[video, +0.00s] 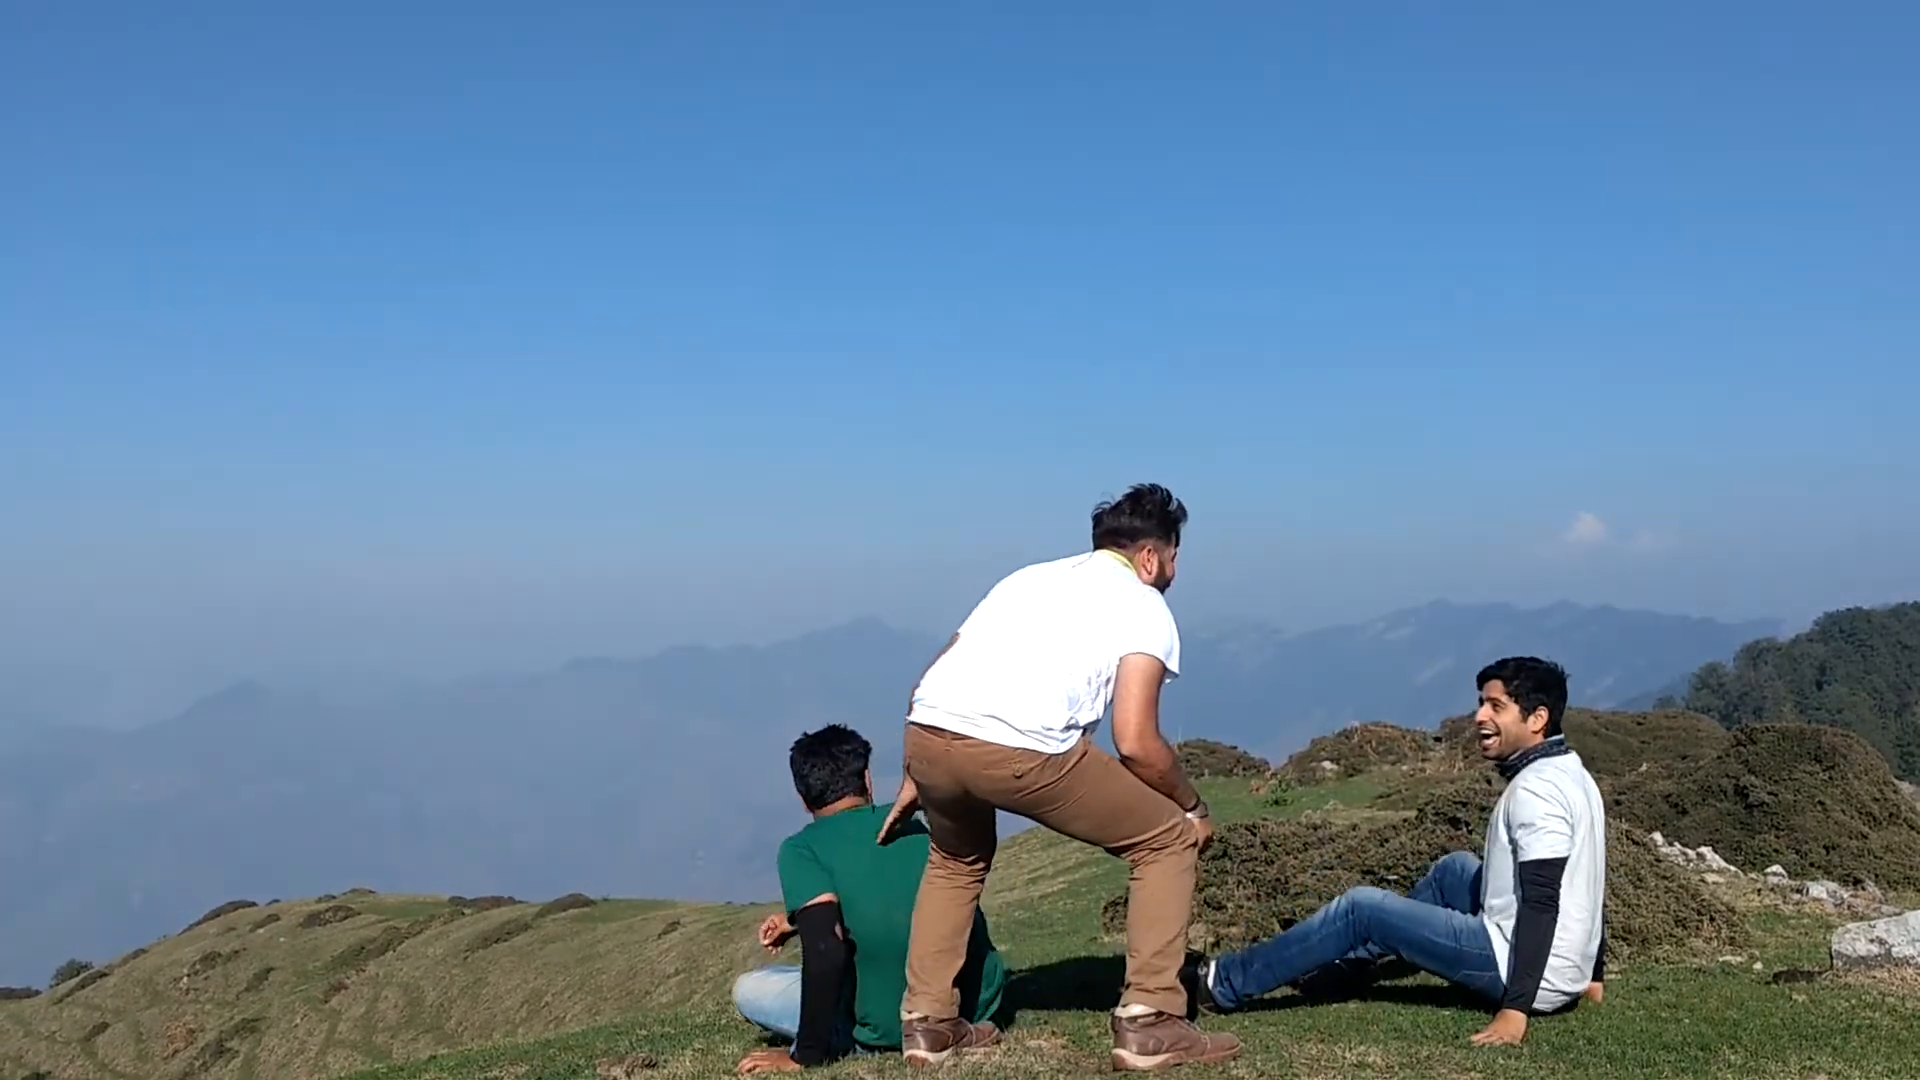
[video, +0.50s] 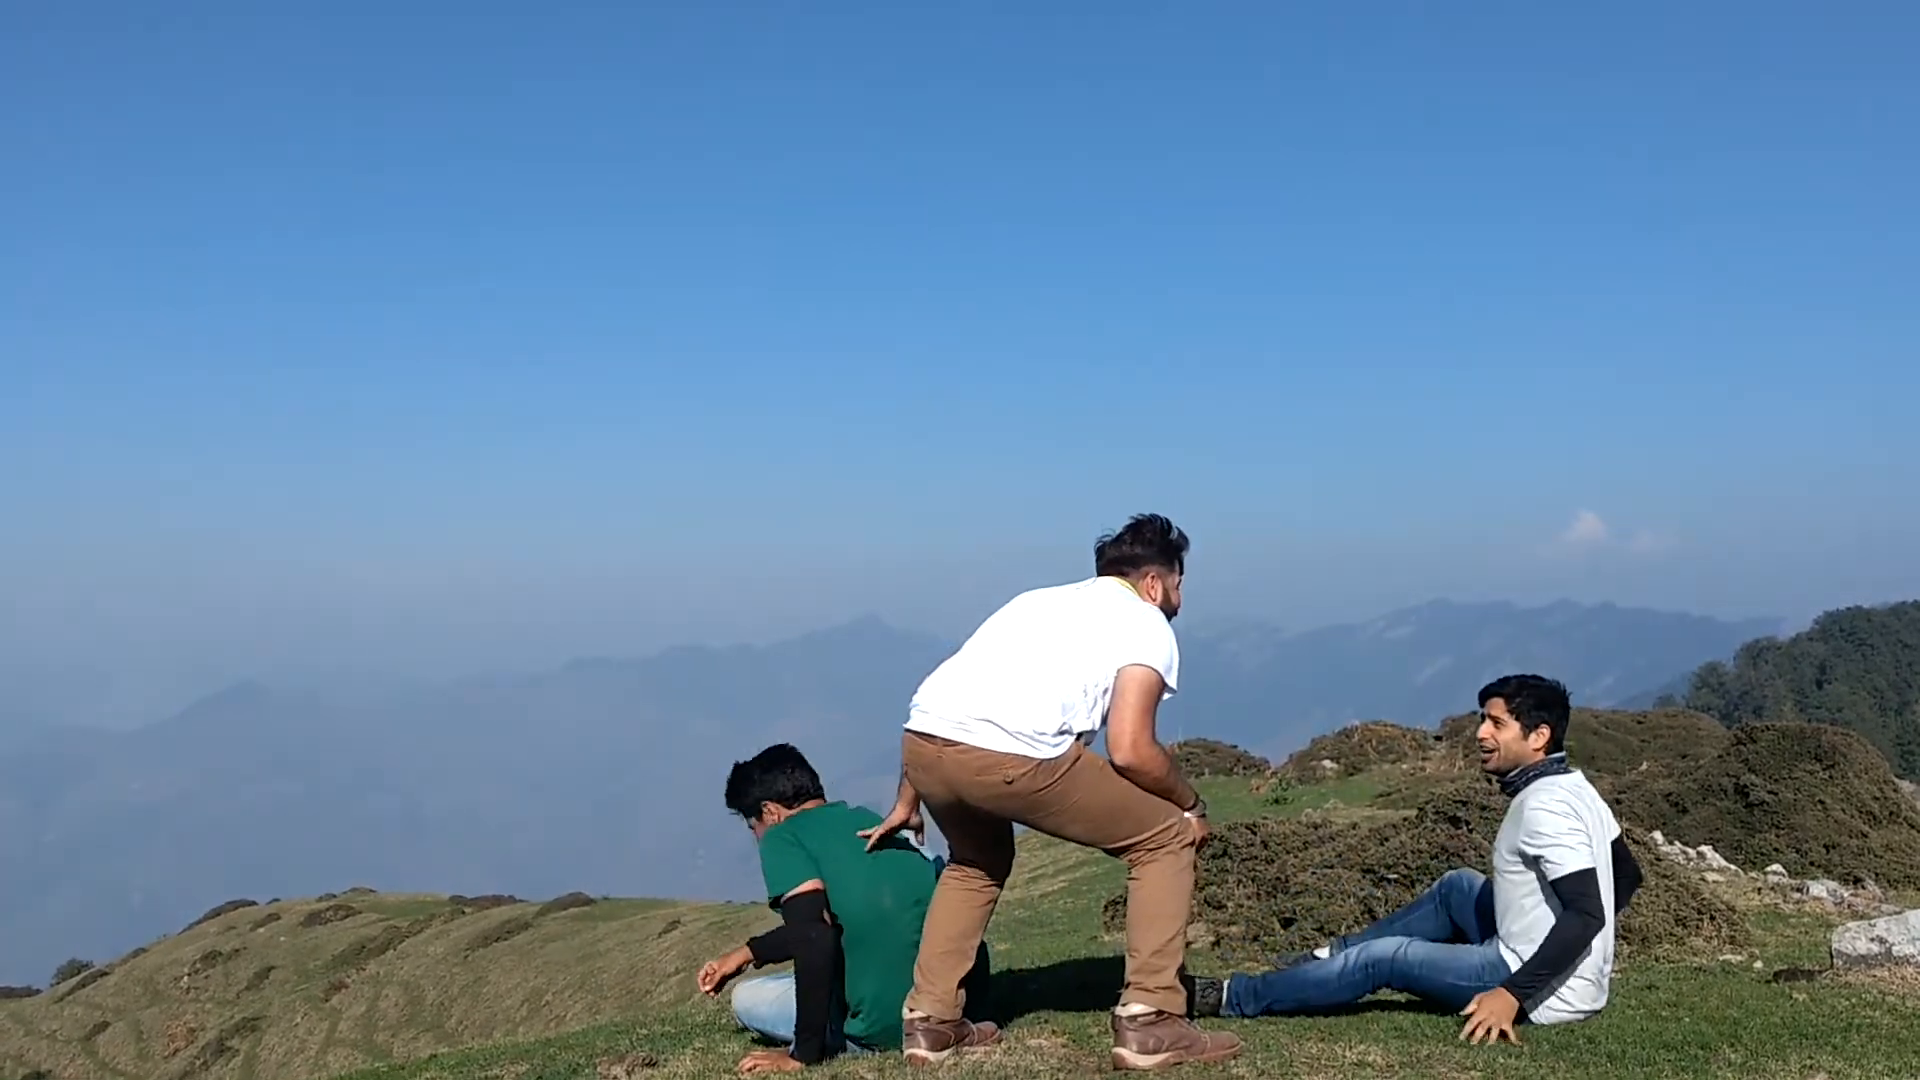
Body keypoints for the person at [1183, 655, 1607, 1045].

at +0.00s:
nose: (1480, 718)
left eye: (1495, 706)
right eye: (1481, 705)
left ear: (1539, 718)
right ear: (1537, 720)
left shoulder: (1534, 792)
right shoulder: (1572, 775)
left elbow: (1540, 904)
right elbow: (1591, 883)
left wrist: (1513, 1013)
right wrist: (1592, 976)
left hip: (1516, 971)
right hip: (1555, 966)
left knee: (1360, 907)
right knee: (1457, 868)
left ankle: (1218, 983)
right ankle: (1349, 966)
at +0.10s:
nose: (1481, 721)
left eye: (1495, 709)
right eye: (1481, 708)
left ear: (1539, 722)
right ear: (1536, 723)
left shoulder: (1535, 793)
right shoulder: (1569, 776)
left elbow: (1543, 906)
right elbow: (1585, 883)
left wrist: (1515, 1012)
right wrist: (1587, 970)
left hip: (1523, 974)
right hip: (1557, 964)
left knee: (1365, 921)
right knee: (1458, 876)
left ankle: (1219, 983)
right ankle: (1357, 965)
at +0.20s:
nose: (1482, 725)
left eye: (1496, 714)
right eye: (1483, 713)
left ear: (1540, 728)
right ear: (1537, 730)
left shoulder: (1542, 797)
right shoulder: (1559, 778)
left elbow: (1553, 909)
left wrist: (1517, 1010)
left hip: (1540, 983)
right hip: (1563, 964)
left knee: (1377, 944)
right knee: (1458, 887)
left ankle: (1216, 991)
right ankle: (1373, 960)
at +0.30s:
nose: (1483, 727)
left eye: (1497, 716)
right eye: (1483, 715)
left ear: (1541, 729)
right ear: (1539, 731)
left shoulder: (1549, 798)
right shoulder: (1554, 780)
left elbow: (1566, 909)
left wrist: (1519, 1008)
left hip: (1545, 981)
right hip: (1553, 951)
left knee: (1386, 954)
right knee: (1462, 889)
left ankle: (1226, 997)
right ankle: (1344, 959)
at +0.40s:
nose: (1482, 734)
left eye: (1496, 723)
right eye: (1483, 722)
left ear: (1541, 737)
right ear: (1538, 740)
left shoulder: (1546, 807)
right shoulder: (1563, 787)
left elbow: (1578, 919)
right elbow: (1618, 878)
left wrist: (1521, 1009)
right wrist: (1593, 948)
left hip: (1538, 984)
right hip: (1549, 956)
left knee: (1386, 962)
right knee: (1458, 891)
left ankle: (1229, 1001)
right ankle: (1340, 960)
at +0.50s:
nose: (1481, 735)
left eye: (1496, 724)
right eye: (1482, 722)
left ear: (1540, 738)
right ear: (1541, 740)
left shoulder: (1544, 807)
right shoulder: (1572, 787)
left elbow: (1583, 916)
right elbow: (1627, 874)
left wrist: (1512, 994)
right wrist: (1588, 928)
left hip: (1536, 986)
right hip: (1557, 959)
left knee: (1378, 956)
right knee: (1459, 887)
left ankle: (1226, 996)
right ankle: (1342, 958)